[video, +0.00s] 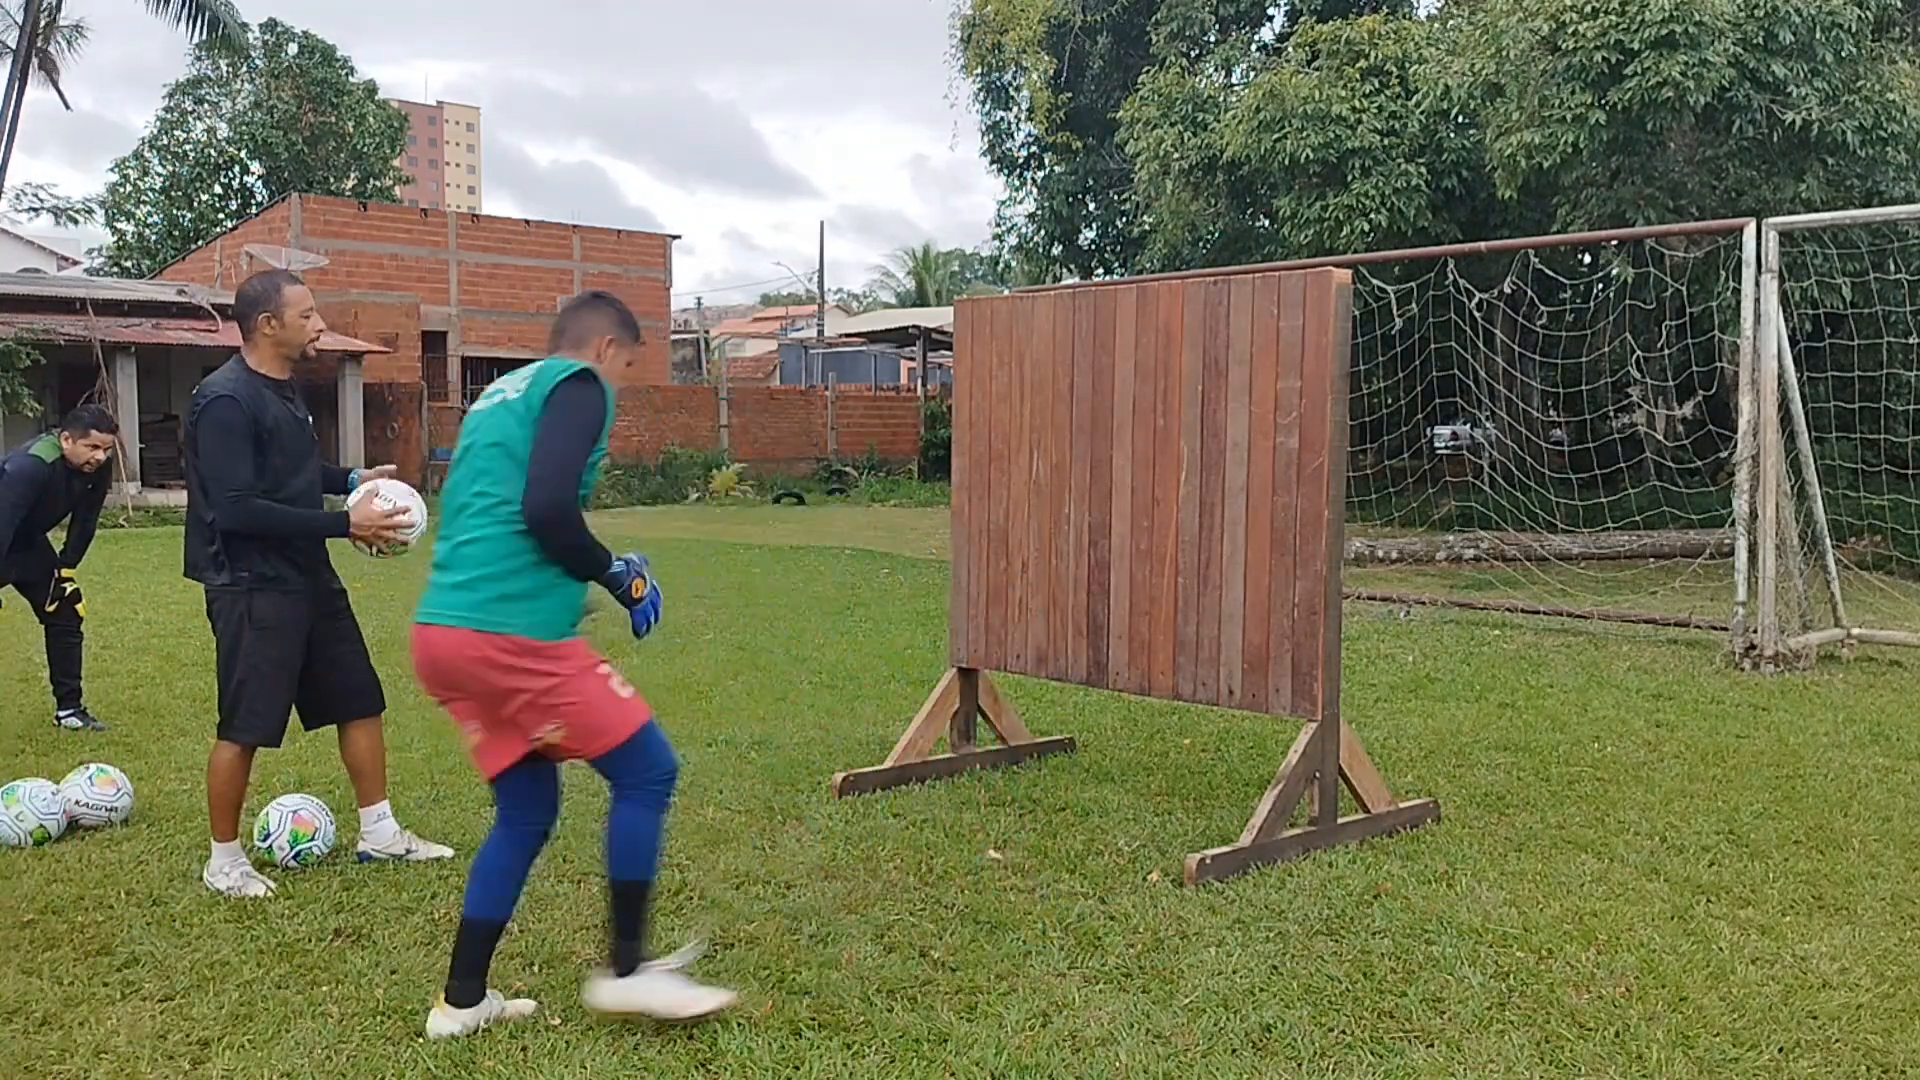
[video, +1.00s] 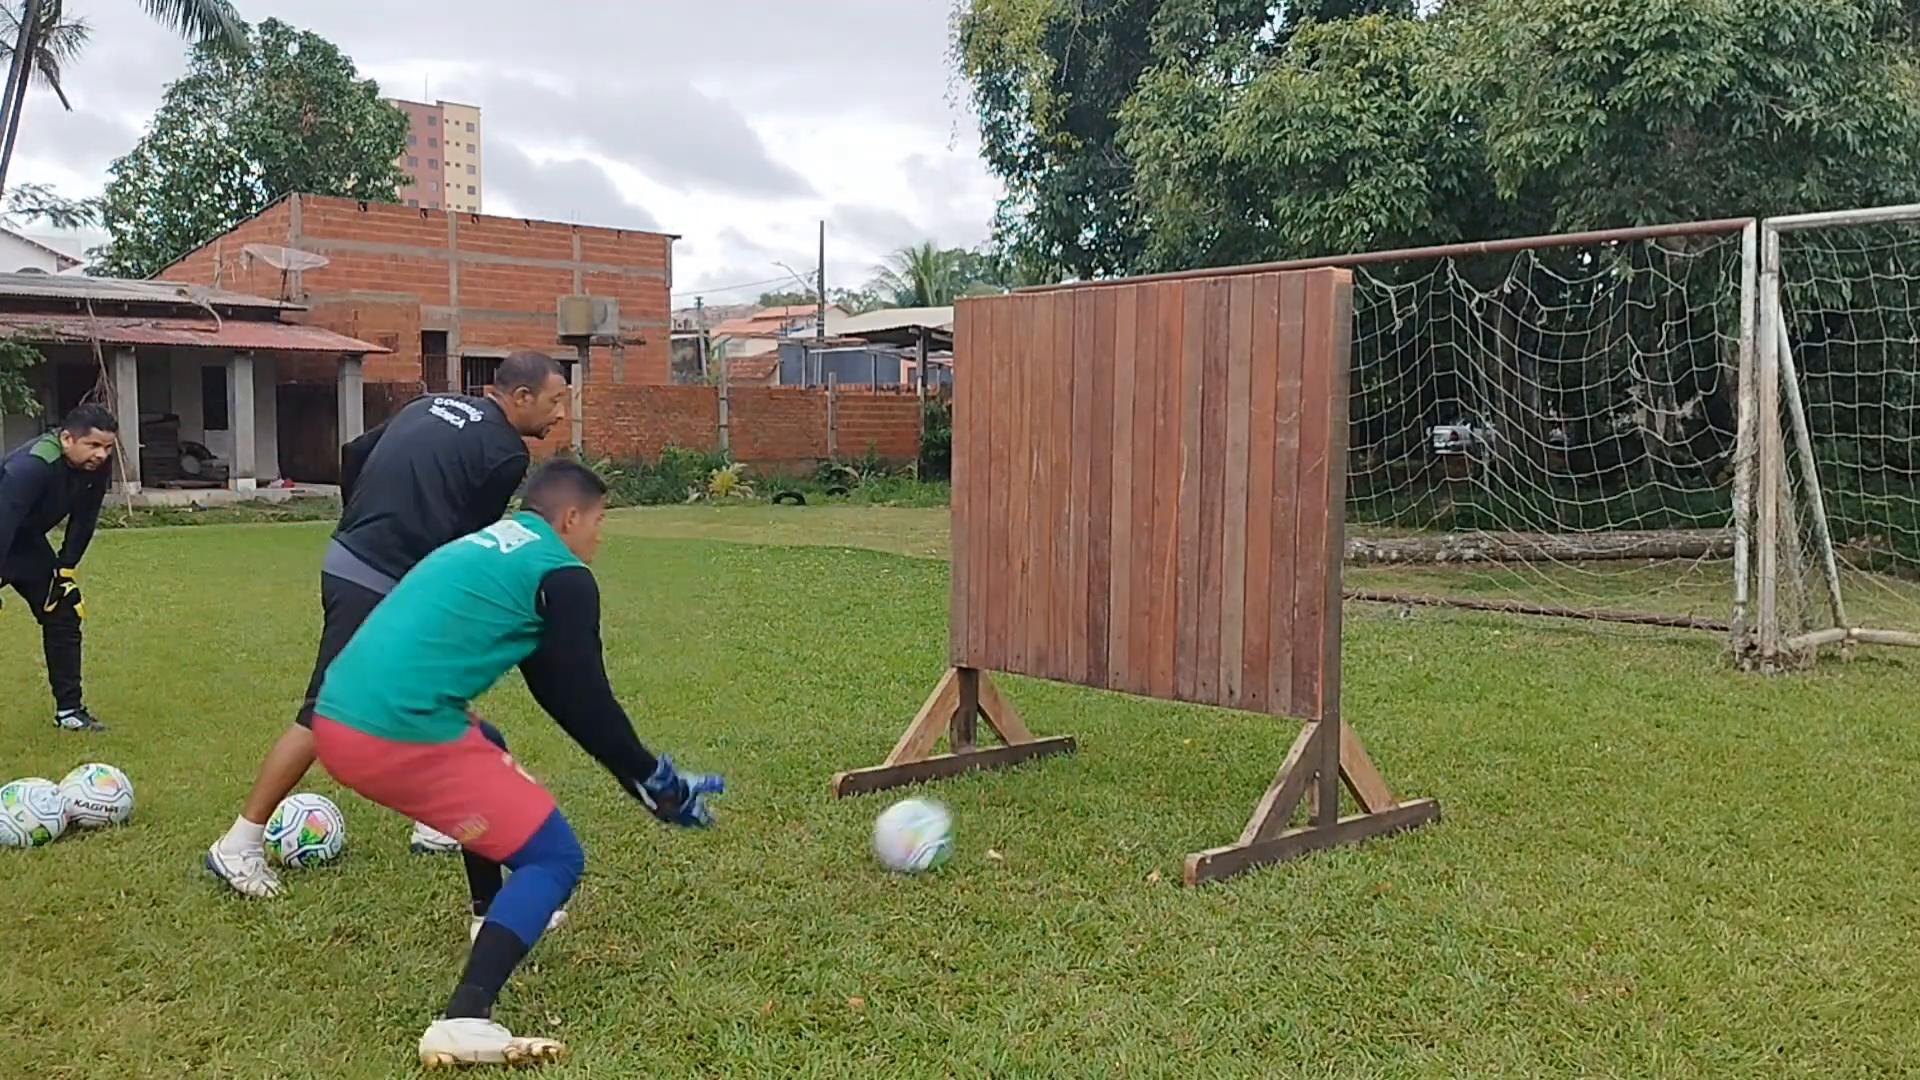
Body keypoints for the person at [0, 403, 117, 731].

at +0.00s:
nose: (100, 457)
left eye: (106, 449)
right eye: (93, 447)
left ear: (112, 448)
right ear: (66, 440)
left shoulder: (98, 467)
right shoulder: (29, 468)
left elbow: (85, 521)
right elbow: (6, 530)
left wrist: (67, 568)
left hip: (24, 539)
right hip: (3, 540)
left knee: (64, 611)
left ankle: (70, 709)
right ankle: (68, 709)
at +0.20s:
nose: (99, 457)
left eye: (106, 449)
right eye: (92, 447)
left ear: (112, 448)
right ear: (66, 440)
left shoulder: (98, 467)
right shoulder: (30, 468)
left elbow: (85, 520)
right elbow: (6, 529)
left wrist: (67, 568)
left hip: (24, 539)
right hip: (2, 540)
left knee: (63, 610)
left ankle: (70, 709)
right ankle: (68, 709)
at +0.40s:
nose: (98, 458)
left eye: (105, 450)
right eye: (90, 447)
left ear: (111, 448)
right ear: (65, 439)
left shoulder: (100, 466)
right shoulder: (30, 467)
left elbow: (85, 520)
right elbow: (6, 528)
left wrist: (67, 568)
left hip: (25, 537)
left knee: (63, 610)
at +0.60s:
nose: (98, 456)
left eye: (105, 449)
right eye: (91, 446)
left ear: (111, 448)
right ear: (65, 439)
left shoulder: (98, 463)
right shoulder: (31, 466)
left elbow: (85, 518)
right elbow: (5, 526)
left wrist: (66, 567)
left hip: (24, 538)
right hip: (3, 537)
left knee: (63, 612)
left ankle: (69, 708)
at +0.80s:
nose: (100, 455)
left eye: (106, 448)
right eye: (92, 446)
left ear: (112, 447)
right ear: (66, 439)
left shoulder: (97, 466)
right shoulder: (29, 468)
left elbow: (84, 521)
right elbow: (6, 529)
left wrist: (66, 569)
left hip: (23, 539)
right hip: (2, 540)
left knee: (62, 610)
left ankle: (70, 710)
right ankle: (68, 709)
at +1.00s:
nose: (101, 455)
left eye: (108, 447)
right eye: (94, 445)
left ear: (113, 446)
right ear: (67, 438)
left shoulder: (96, 467)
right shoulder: (31, 467)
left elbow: (84, 520)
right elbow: (6, 526)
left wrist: (66, 569)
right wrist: (9, 573)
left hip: (23, 539)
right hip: (2, 540)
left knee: (62, 608)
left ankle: (70, 710)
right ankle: (69, 709)